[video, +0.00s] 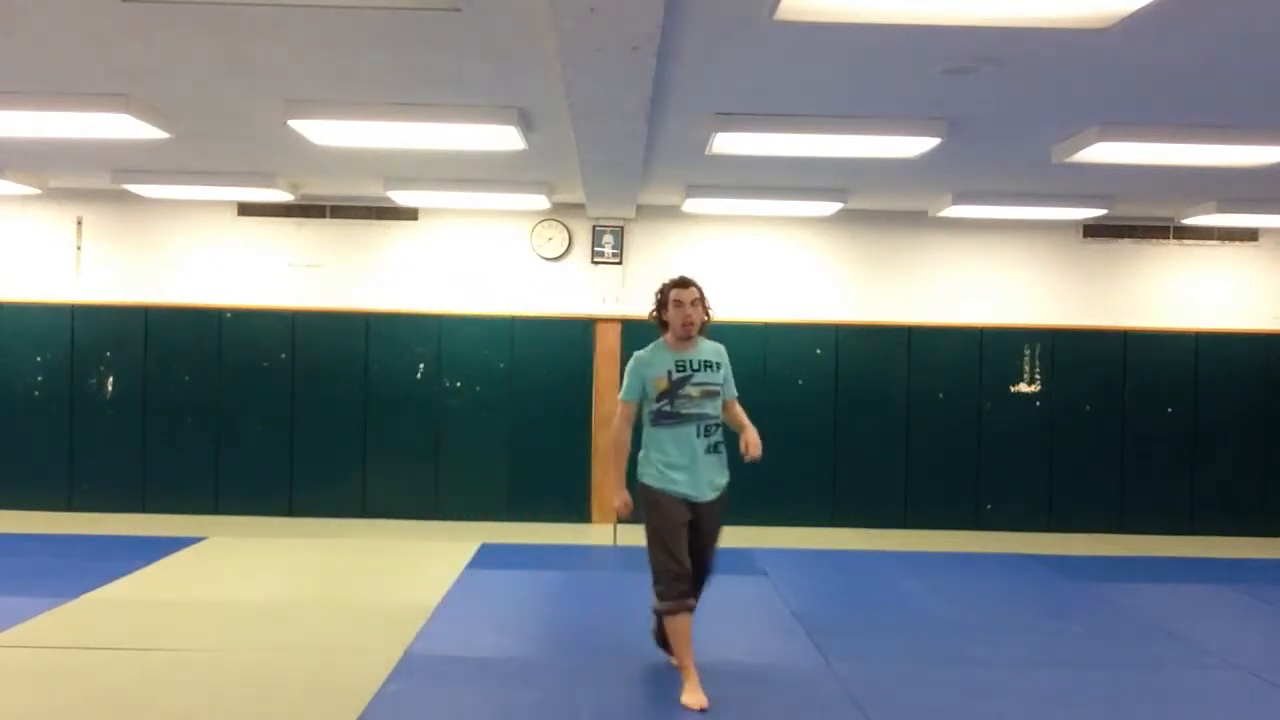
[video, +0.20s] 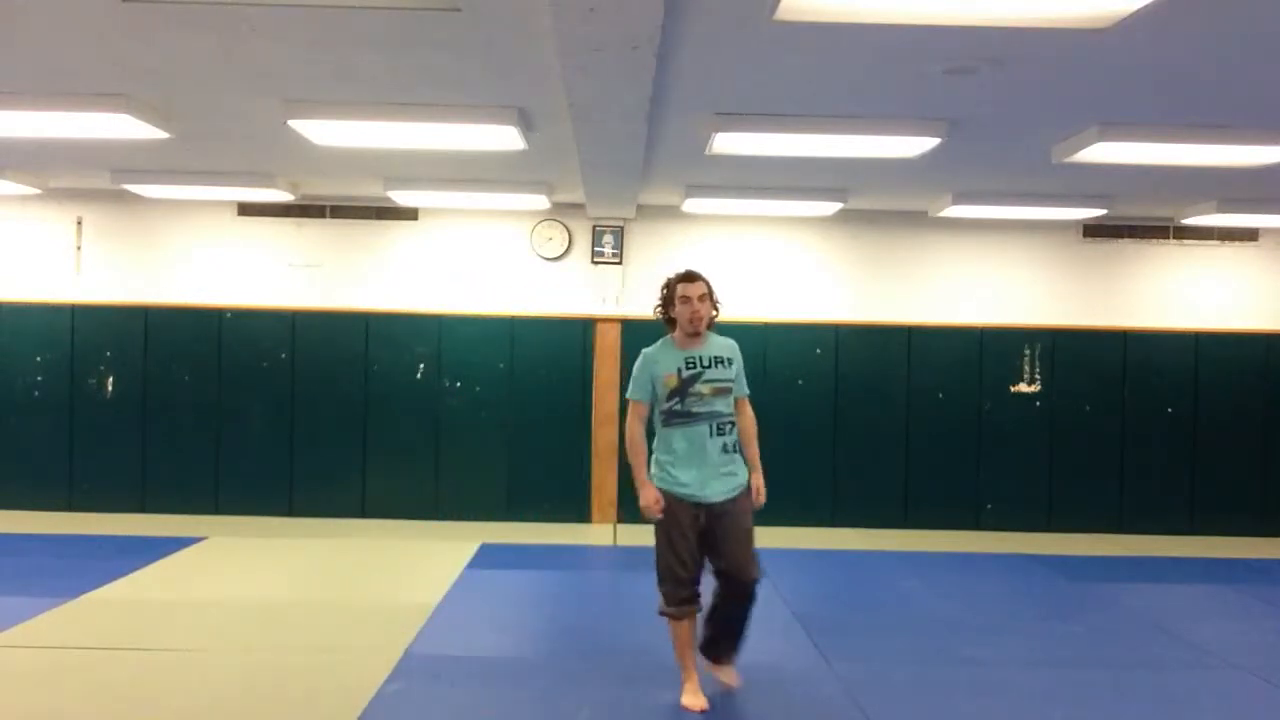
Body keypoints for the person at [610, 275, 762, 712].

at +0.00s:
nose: (687, 312)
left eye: (694, 304)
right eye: (678, 305)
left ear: (704, 311)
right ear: (664, 313)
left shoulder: (718, 354)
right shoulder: (644, 361)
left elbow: (729, 404)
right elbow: (623, 424)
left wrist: (747, 427)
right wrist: (618, 484)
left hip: (710, 481)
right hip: (662, 482)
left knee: (699, 569)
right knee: (676, 574)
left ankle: (669, 625)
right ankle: (690, 674)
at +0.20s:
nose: (695, 308)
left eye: (702, 299)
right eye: (685, 301)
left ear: (712, 305)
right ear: (671, 308)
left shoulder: (729, 350)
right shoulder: (652, 358)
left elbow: (743, 409)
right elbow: (634, 424)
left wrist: (756, 468)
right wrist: (643, 484)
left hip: (730, 487)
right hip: (676, 490)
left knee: (742, 576)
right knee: (680, 589)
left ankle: (718, 653)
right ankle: (688, 677)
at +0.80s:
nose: (741, 303)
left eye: (750, 293)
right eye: (732, 294)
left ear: (764, 300)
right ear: (718, 303)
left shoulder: (792, 354)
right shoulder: (699, 359)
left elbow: (816, 418)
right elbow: (682, 426)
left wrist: (830, 476)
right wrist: (678, 483)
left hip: (775, 511)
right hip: (710, 509)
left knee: (768, 625)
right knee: (705, 609)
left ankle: (757, 714)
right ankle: (700, 690)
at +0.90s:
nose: (741, 302)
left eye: (750, 292)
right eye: (731, 294)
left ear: (765, 299)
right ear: (718, 303)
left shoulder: (796, 353)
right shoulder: (702, 360)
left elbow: (823, 414)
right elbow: (687, 429)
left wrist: (828, 456)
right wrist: (681, 482)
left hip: (776, 515)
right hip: (711, 511)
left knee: (769, 627)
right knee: (706, 617)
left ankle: (758, 714)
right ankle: (706, 714)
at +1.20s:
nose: (719, 301)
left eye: (728, 290)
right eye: (708, 292)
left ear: (745, 297)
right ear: (695, 303)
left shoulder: (780, 348)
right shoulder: (685, 364)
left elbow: (806, 420)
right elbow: (678, 437)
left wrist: (778, 444)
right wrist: (678, 498)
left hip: (778, 521)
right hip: (708, 521)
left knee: (777, 638)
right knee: (711, 644)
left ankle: (762, 714)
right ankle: (711, 718)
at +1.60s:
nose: (721, 292)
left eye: (731, 281)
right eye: (710, 283)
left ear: (750, 290)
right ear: (699, 295)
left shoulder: (786, 342)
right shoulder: (689, 356)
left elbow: (815, 419)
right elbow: (682, 434)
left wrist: (769, 403)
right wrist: (679, 504)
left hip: (771, 524)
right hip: (704, 526)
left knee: (775, 652)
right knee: (709, 655)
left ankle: (788, 718)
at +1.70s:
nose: (732, 297)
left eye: (743, 286)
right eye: (722, 288)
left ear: (763, 295)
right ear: (711, 299)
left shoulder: (796, 347)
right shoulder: (705, 358)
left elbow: (812, 423)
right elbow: (695, 436)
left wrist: (750, 366)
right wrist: (685, 507)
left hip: (772, 525)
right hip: (707, 524)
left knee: (766, 658)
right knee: (706, 660)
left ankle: (774, 717)